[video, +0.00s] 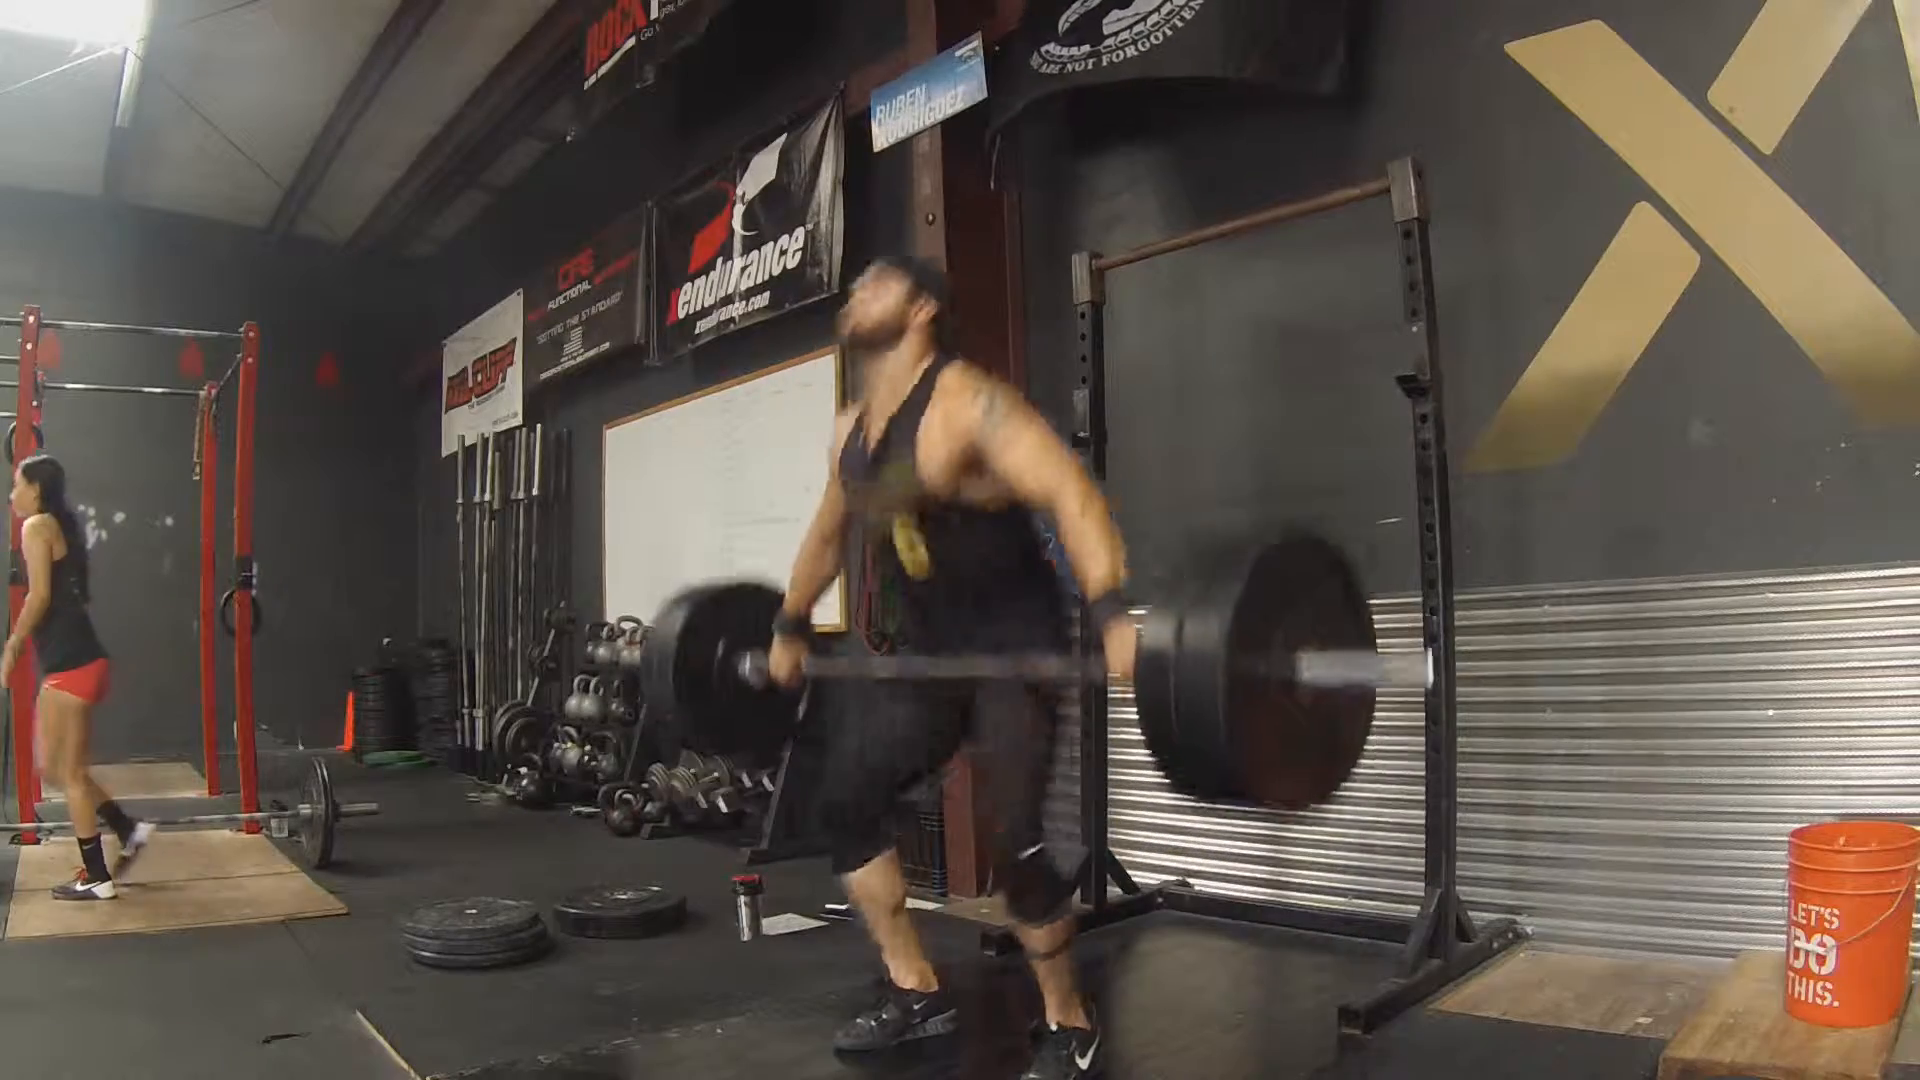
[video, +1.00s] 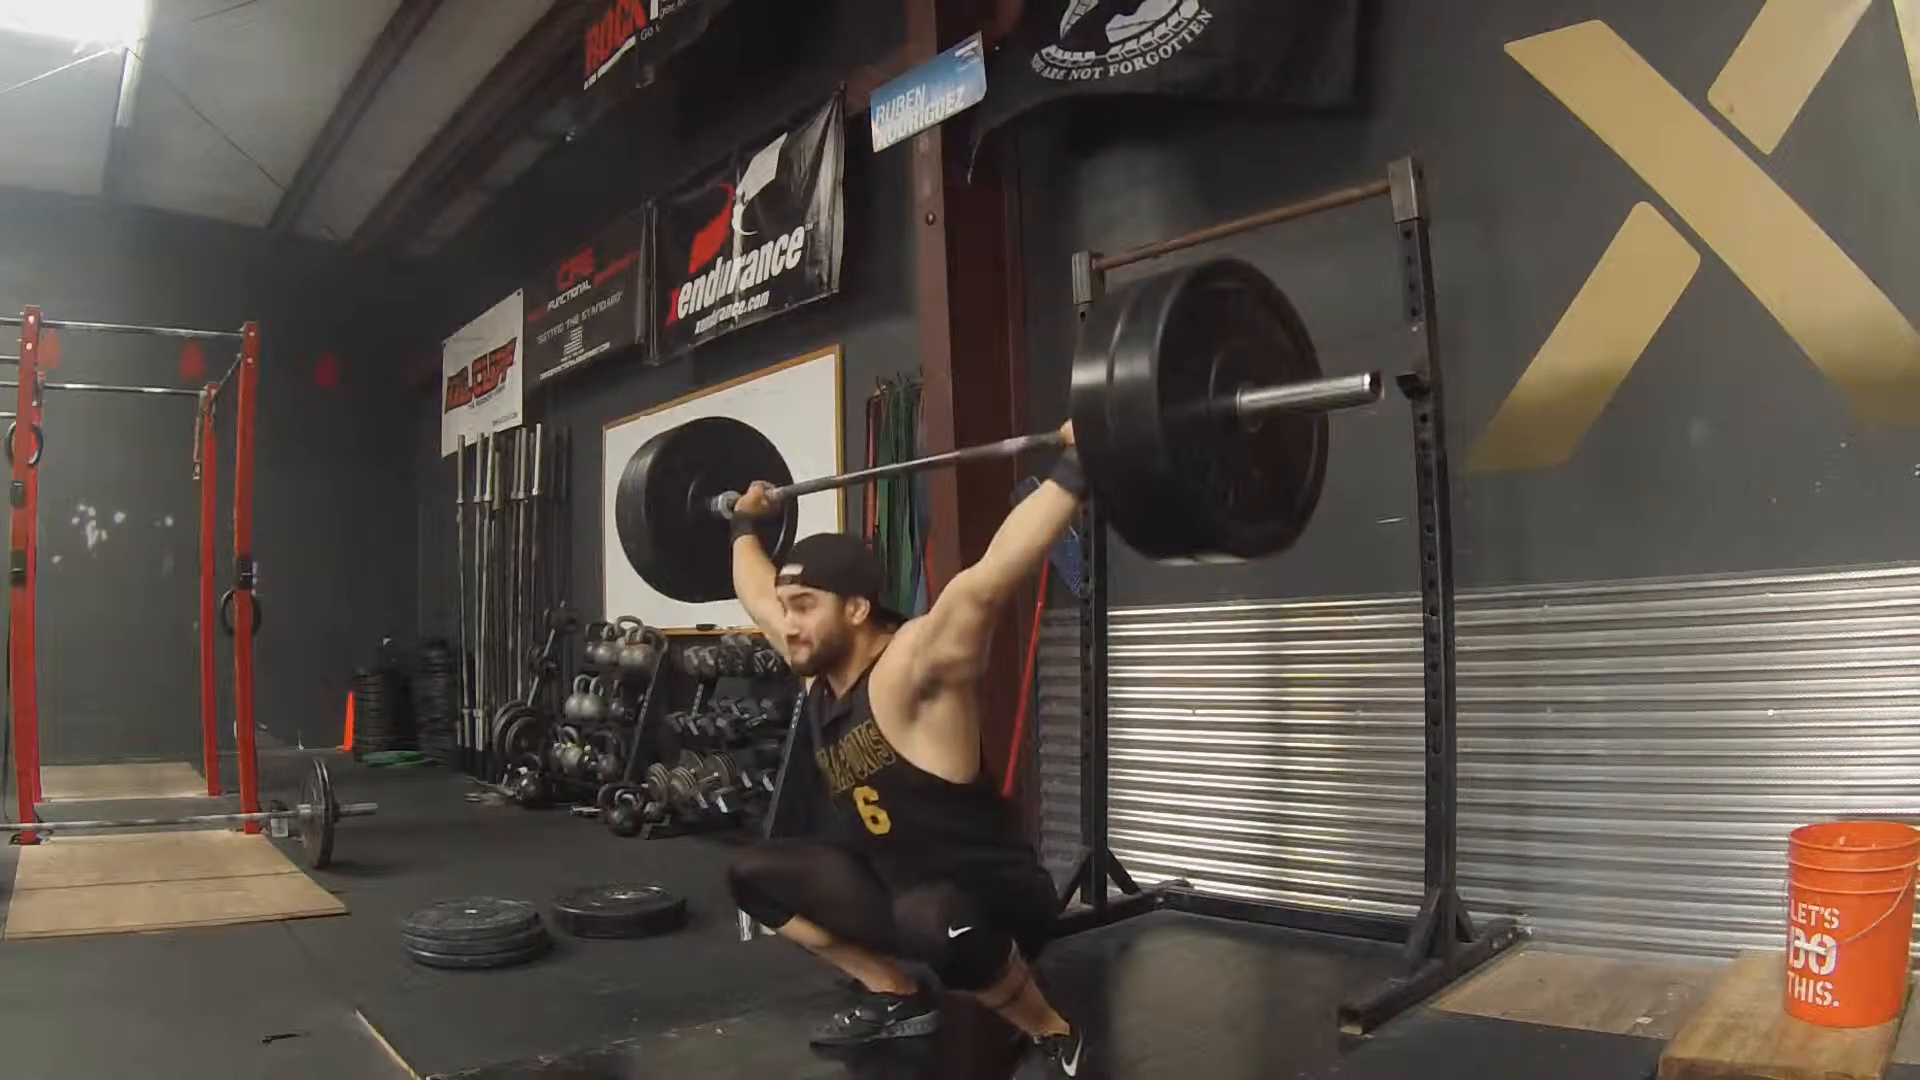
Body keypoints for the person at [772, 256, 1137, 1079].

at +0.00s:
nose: (857, 295)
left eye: (879, 284)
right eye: (857, 287)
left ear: (922, 312)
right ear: (855, 323)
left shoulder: (972, 401)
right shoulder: (857, 430)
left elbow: (1073, 492)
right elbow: (827, 533)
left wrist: (1112, 610)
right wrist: (791, 624)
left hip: (1017, 659)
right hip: (920, 663)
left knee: (1016, 855)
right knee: (843, 805)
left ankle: (1069, 1025)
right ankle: (915, 992)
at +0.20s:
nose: (999, 225)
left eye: (1021, 220)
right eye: (995, 220)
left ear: (1056, 250)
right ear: (982, 254)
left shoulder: (1047, 298)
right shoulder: (935, 339)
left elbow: (1092, 354)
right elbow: (860, 414)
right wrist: (779, 476)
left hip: (983, 554)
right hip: (895, 557)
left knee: (1000, 768)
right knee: (873, 758)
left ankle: (1059, 1004)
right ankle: (895, 970)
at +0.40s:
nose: (935, 351)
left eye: (953, 334)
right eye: (935, 337)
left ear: (1004, 344)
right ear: (942, 351)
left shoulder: (1037, 408)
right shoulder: (931, 427)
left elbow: (1121, 424)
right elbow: (856, 444)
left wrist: (1100, 319)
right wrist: (783, 403)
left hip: (1005, 693)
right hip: (926, 694)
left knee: (987, 871)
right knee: (804, 827)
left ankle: (1061, 1038)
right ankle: (897, 993)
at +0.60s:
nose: (820, 532)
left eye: (837, 513)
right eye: (818, 518)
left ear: (890, 522)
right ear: (819, 531)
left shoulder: (945, 578)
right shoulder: (842, 595)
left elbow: (1000, 479)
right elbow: (782, 520)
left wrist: (1071, 357)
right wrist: (752, 447)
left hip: (999, 827)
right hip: (895, 833)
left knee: (972, 900)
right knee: (776, 859)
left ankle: (1054, 1036)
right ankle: (898, 993)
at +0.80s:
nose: (806, 596)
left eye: (823, 577)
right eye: (803, 582)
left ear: (875, 586)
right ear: (802, 592)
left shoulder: (935, 640)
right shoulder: (836, 652)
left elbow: (999, 555)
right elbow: (781, 587)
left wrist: (1075, 446)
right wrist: (751, 511)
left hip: (983, 874)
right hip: (881, 875)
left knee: (944, 918)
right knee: (758, 877)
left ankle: (1052, 1036)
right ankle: (895, 993)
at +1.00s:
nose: (787, 624)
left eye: (803, 605)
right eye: (784, 609)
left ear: (858, 610)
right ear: (780, 618)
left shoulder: (923, 659)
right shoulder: (826, 676)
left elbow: (990, 581)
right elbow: (761, 594)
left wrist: (1076, 467)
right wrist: (748, 523)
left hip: (989, 882)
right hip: (888, 881)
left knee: (933, 915)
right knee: (752, 874)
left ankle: (1052, 1036)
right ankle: (896, 993)